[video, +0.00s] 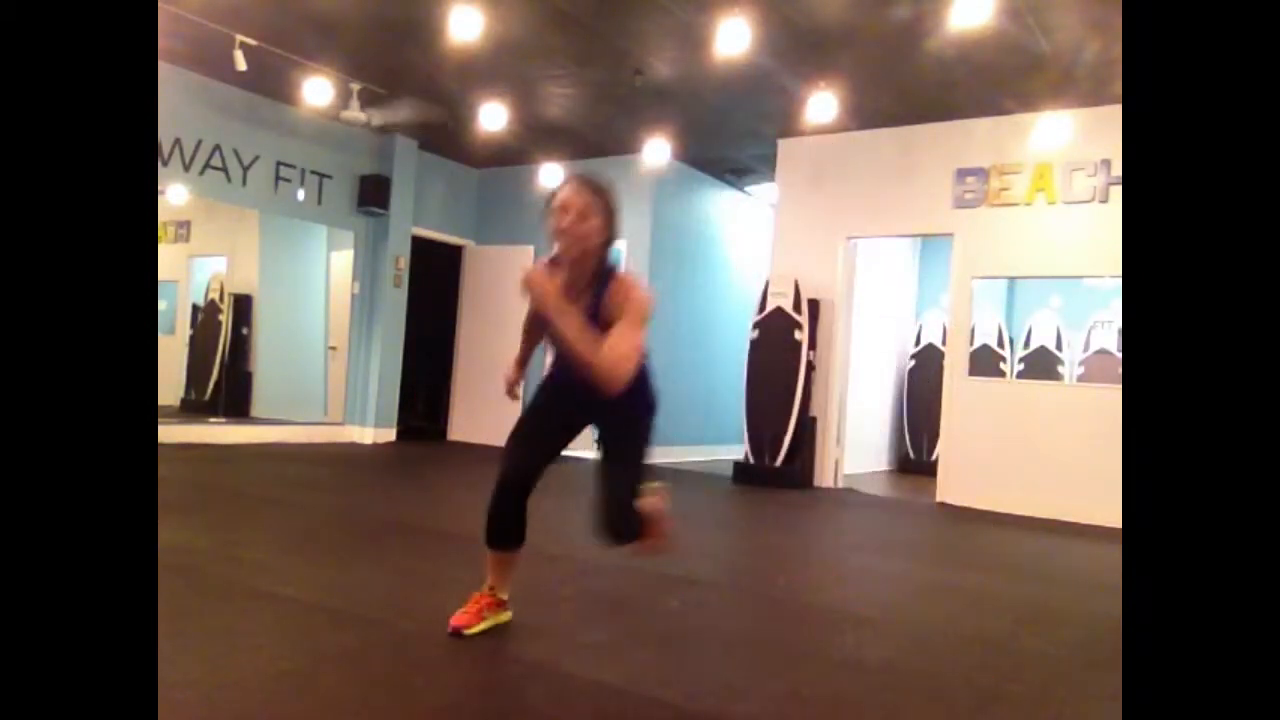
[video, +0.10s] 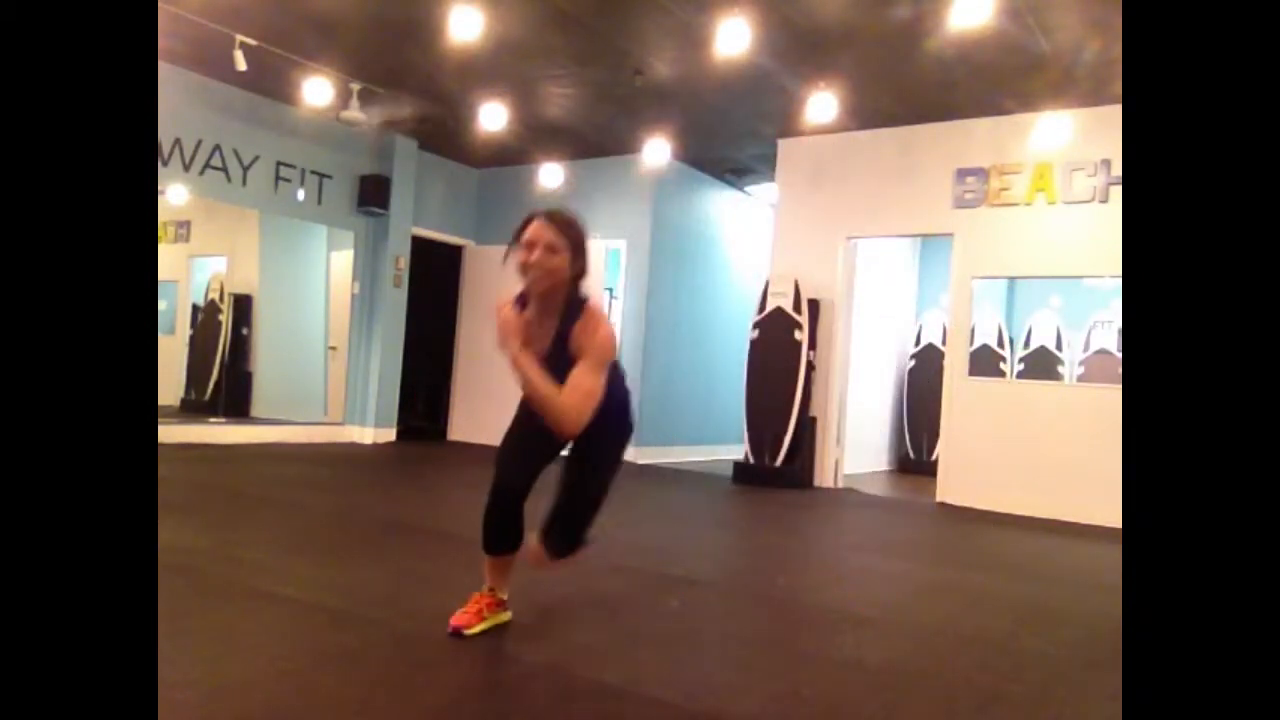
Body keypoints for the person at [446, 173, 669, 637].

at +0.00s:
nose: (568, 224)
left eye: (583, 215)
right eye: (561, 213)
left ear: (606, 228)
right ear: (550, 223)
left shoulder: (629, 293)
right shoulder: (545, 277)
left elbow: (614, 374)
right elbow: (537, 322)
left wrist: (553, 304)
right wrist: (519, 365)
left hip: (623, 400)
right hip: (566, 388)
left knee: (618, 524)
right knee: (512, 480)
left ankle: (653, 513)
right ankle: (494, 595)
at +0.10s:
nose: (534, 258)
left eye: (550, 250)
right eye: (526, 247)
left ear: (574, 264)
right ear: (516, 256)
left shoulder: (595, 329)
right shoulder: (514, 312)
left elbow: (570, 420)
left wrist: (517, 350)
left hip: (603, 417)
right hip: (544, 401)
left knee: (556, 543)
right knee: (504, 492)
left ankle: (547, 545)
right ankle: (494, 597)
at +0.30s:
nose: (538, 261)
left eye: (555, 254)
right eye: (532, 250)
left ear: (578, 268)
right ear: (521, 259)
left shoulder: (598, 334)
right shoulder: (519, 317)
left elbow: (572, 433)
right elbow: (510, 371)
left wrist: (518, 363)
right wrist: (493, 407)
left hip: (598, 425)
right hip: (542, 403)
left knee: (548, 534)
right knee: (503, 494)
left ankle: (497, 535)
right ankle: (494, 596)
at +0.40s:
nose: (578, 235)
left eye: (593, 225)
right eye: (570, 223)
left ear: (617, 239)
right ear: (558, 234)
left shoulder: (635, 301)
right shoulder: (549, 292)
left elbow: (610, 388)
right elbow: (510, 352)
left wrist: (564, 307)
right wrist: (454, 397)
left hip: (618, 406)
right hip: (562, 389)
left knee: (574, 509)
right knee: (510, 485)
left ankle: (560, 537)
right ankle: (495, 596)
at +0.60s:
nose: (709, 158)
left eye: (721, 149)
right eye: (700, 147)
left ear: (739, 158)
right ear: (682, 151)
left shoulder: (746, 212)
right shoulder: (660, 200)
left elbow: (803, 222)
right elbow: (591, 266)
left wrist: (732, 203)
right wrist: (633, 223)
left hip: (707, 362)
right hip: (646, 355)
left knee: (748, 457)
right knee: (576, 460)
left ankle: (774, 540)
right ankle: (500, 579)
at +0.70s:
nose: (772, 158)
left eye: (783, 147)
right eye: (760, 146)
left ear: (799, 150)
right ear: (739, 147)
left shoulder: (820, 199)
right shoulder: (717, 196)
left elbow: (909, 230)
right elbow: (663, 280)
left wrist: (855, 229)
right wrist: (690, 227)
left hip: (774, 356)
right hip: (708, 349)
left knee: (827, 464)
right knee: (625, 442)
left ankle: (895, 573)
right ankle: (543, 537)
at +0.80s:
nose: (835, 190)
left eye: (844, 177)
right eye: (823, 179)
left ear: (859, 177)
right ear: (801, 181)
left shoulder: (880, 228)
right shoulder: (781, 234)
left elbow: (962, 277)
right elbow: (753, 319)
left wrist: (969, 312)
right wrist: (787, 253)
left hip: (834, 379)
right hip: (771, 374)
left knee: (890, 493)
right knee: (702, 448)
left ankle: (960, 625)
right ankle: (650, 495)